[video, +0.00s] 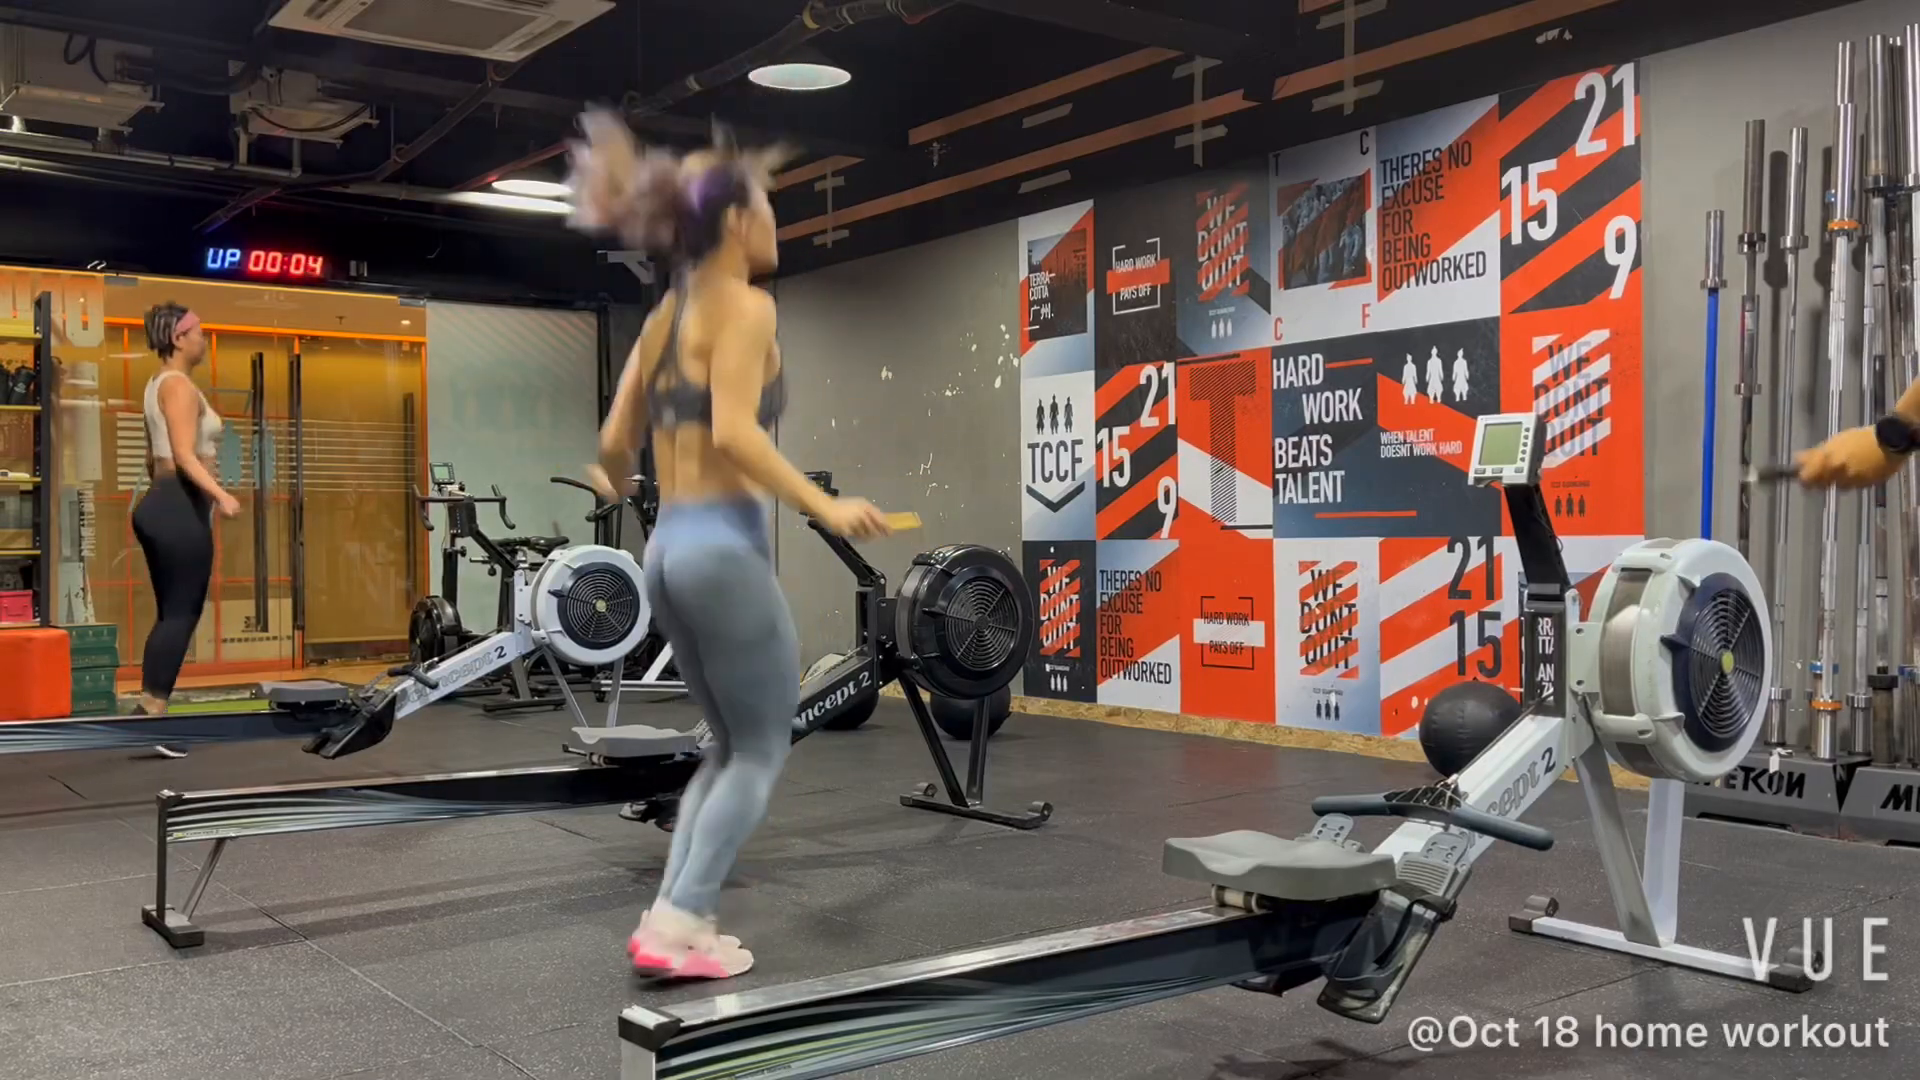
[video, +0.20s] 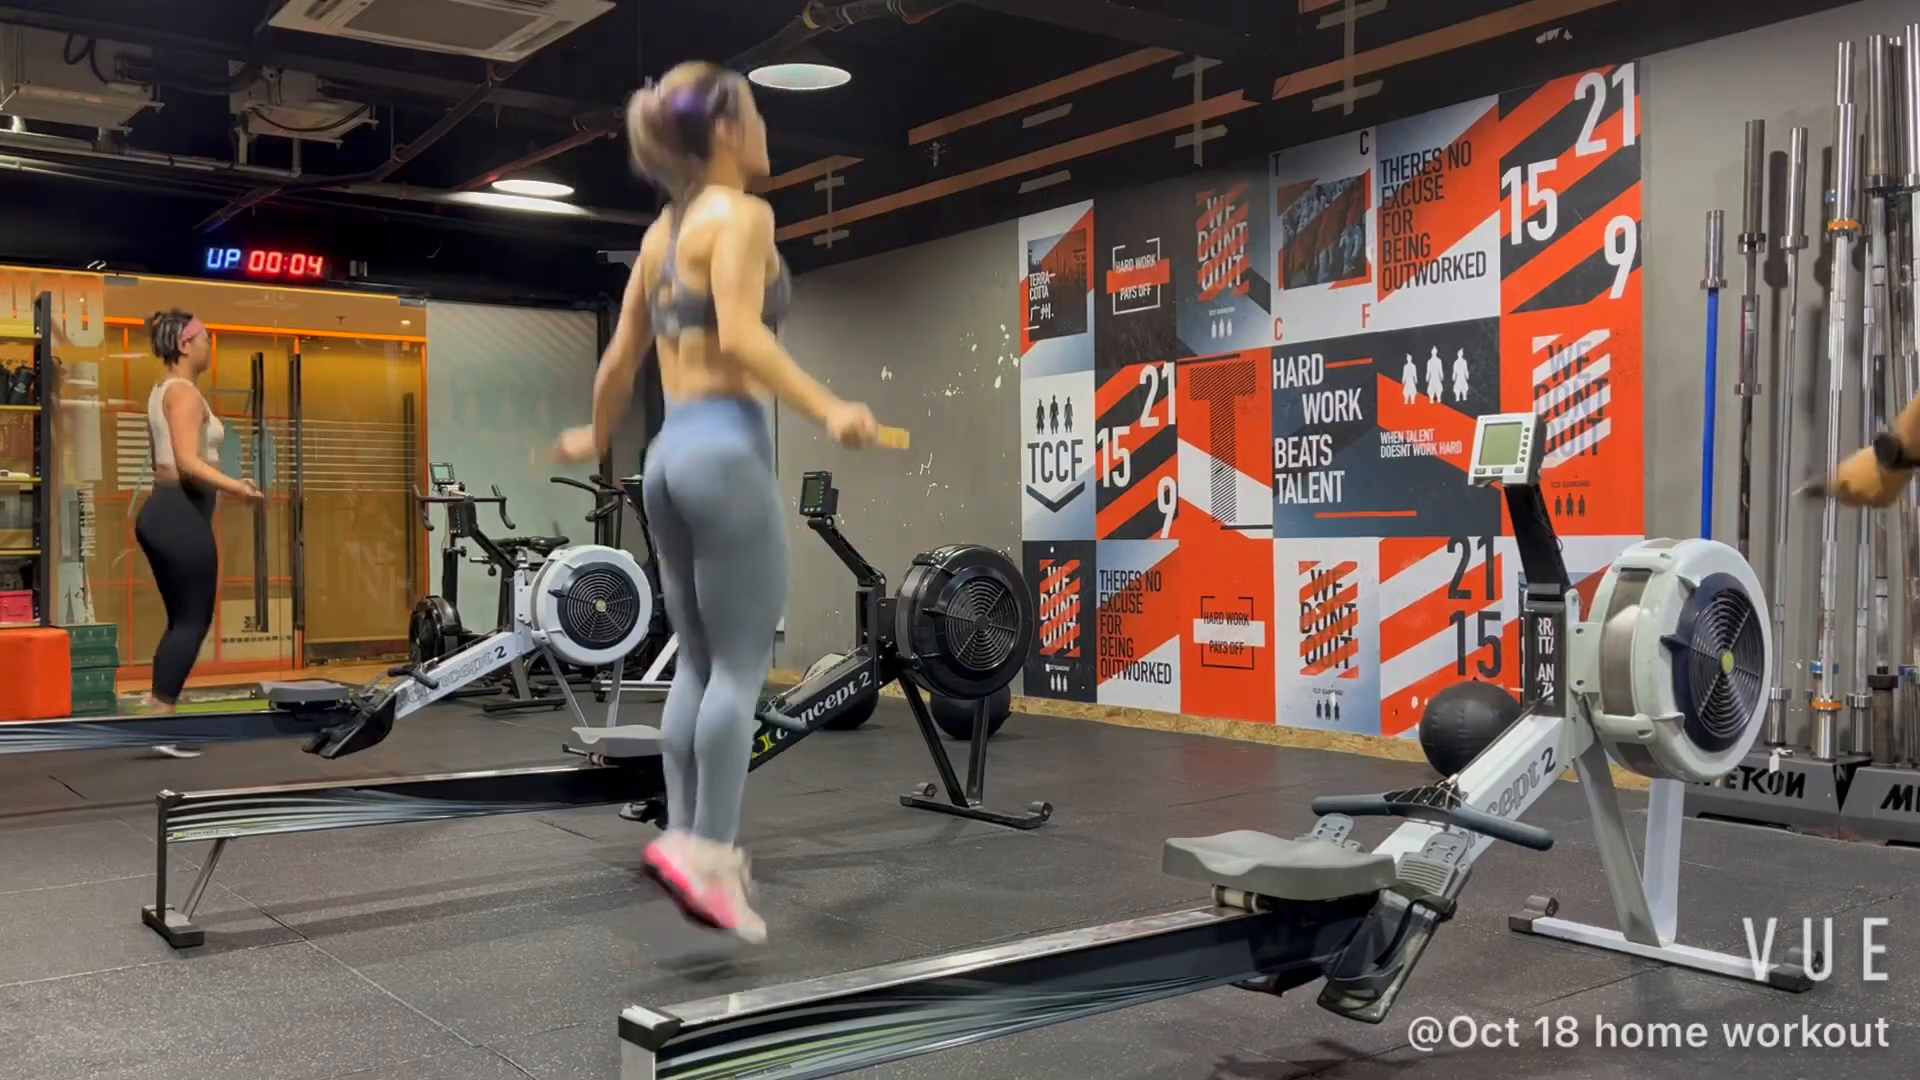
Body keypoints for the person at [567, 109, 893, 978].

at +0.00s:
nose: (775, 217)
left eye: (768, 203)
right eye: (764, 204)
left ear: (707, 227)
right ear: (736, 220)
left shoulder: (668, 312)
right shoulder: (746, 306)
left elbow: (618, 438)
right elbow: (733, 434)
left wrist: (615, 481)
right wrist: (828, 506)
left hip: (669, 542)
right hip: (719, 541)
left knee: (729, 747)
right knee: (761, 745)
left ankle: (672, 915)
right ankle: (683, 922)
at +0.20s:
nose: (762, 132)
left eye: (755, 116)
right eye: (752, 118)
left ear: (686, 140)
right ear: (724, 131)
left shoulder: (660, 232)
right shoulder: (742, 214)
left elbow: (621, 358)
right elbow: (738, 335)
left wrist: (595, 437)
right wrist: (830, 410)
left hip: (669, 450)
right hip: (722, 445)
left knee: (697, 660)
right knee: (738, 663)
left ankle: (687, 838)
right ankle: (712, 848)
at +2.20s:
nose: (776, 97)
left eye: (771, 81)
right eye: (767, 83)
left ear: (710, 99)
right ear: (737, 91)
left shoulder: (666, 188)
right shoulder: (748, 172)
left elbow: (626, 318)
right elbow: (723, 291)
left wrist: (603, 418)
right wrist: (790, 385)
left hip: (657, 419)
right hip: (709, 418)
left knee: (705, 629)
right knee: (748, 625)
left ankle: (688, 806)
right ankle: (702, 810)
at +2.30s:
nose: (778, 145)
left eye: (772, 130)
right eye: (766, 131)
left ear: (708, 154)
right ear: (732, 148)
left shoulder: (671, 244)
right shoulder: (745, 228)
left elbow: (609, 356)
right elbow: (720, 348)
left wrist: (548, 443)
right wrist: (795, 434)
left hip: (669, 475)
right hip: (708, 474)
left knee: (714, 685)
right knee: (739, 682)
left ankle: (690, 865)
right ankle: (705, 876)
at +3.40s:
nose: (771, 111)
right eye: (761, 96)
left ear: (683, 93)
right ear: (727, 93)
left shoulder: (675, 187)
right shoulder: (730, 176)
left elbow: (630, 316)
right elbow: (710, 309)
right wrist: (791, 391)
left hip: (667, 413)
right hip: (713, 409)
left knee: (706, 607)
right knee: (729, 606)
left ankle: (689, 811)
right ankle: (690, 812)